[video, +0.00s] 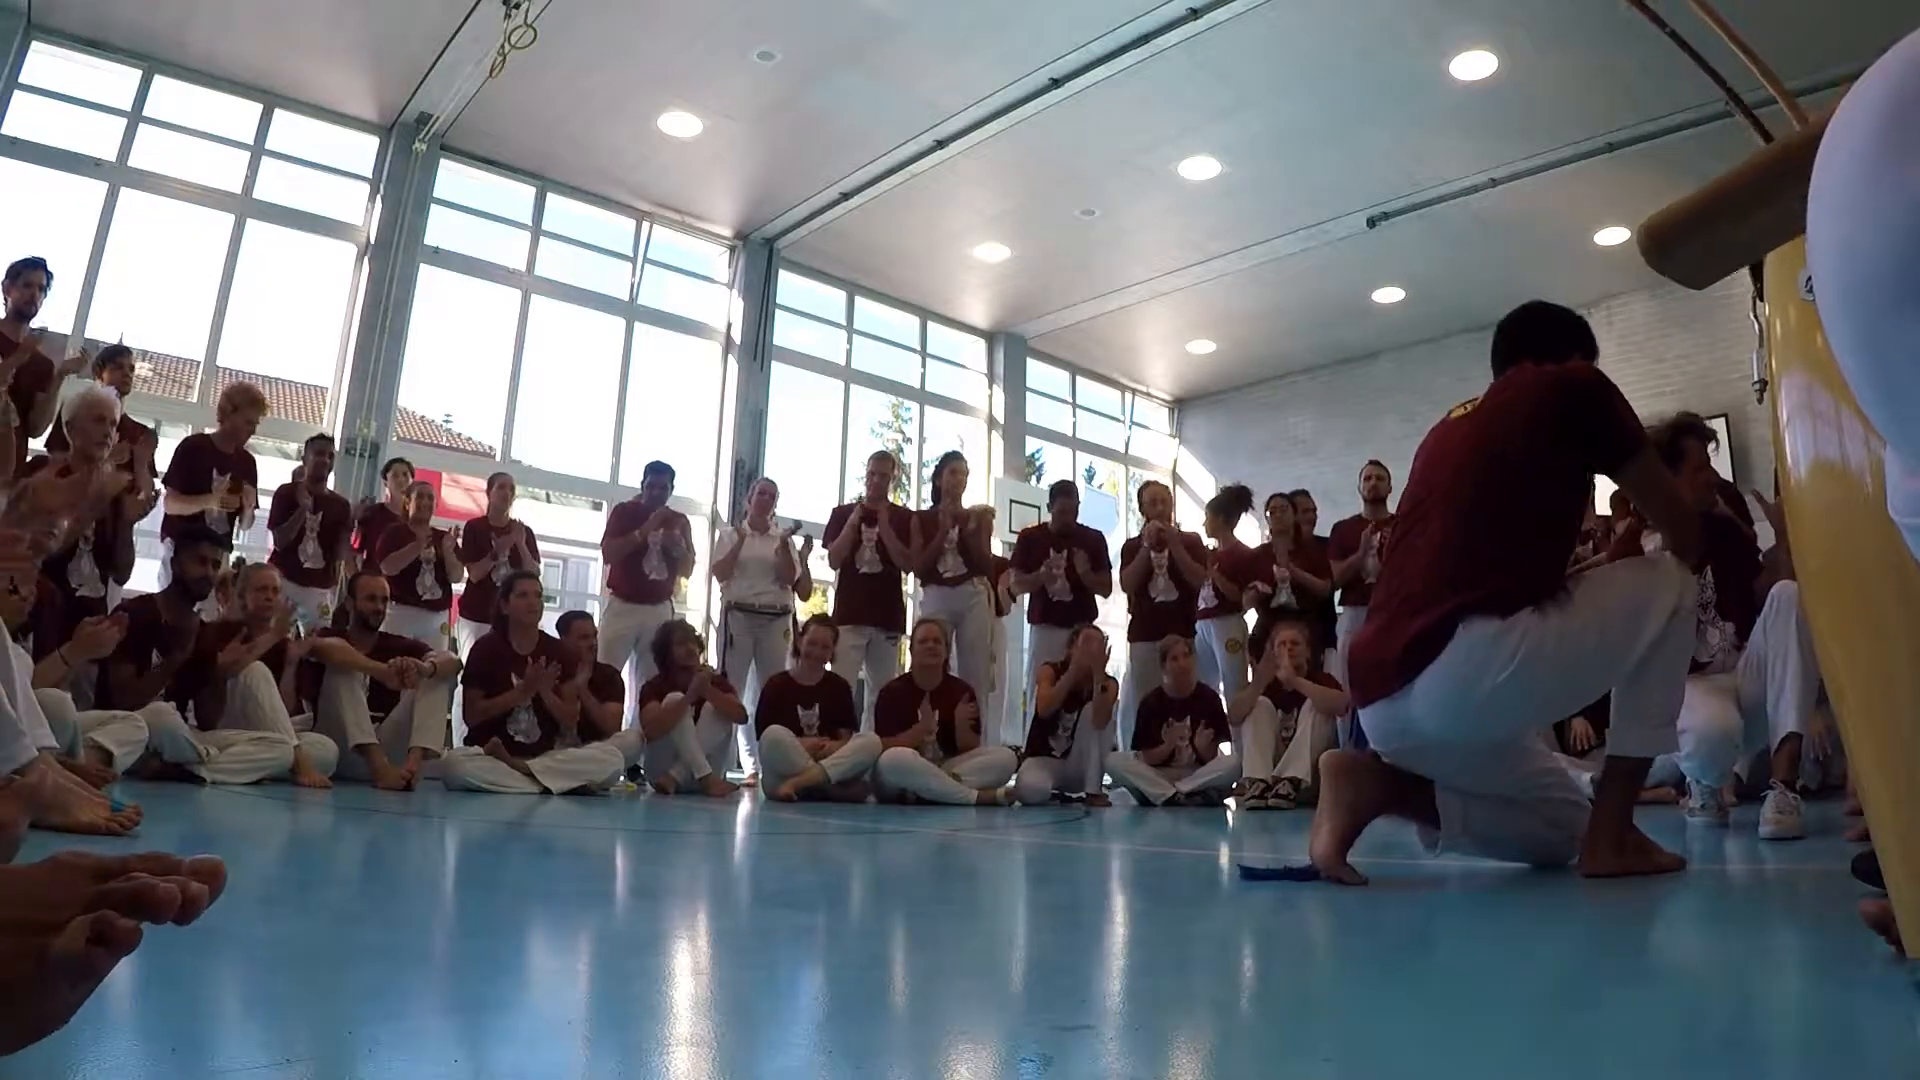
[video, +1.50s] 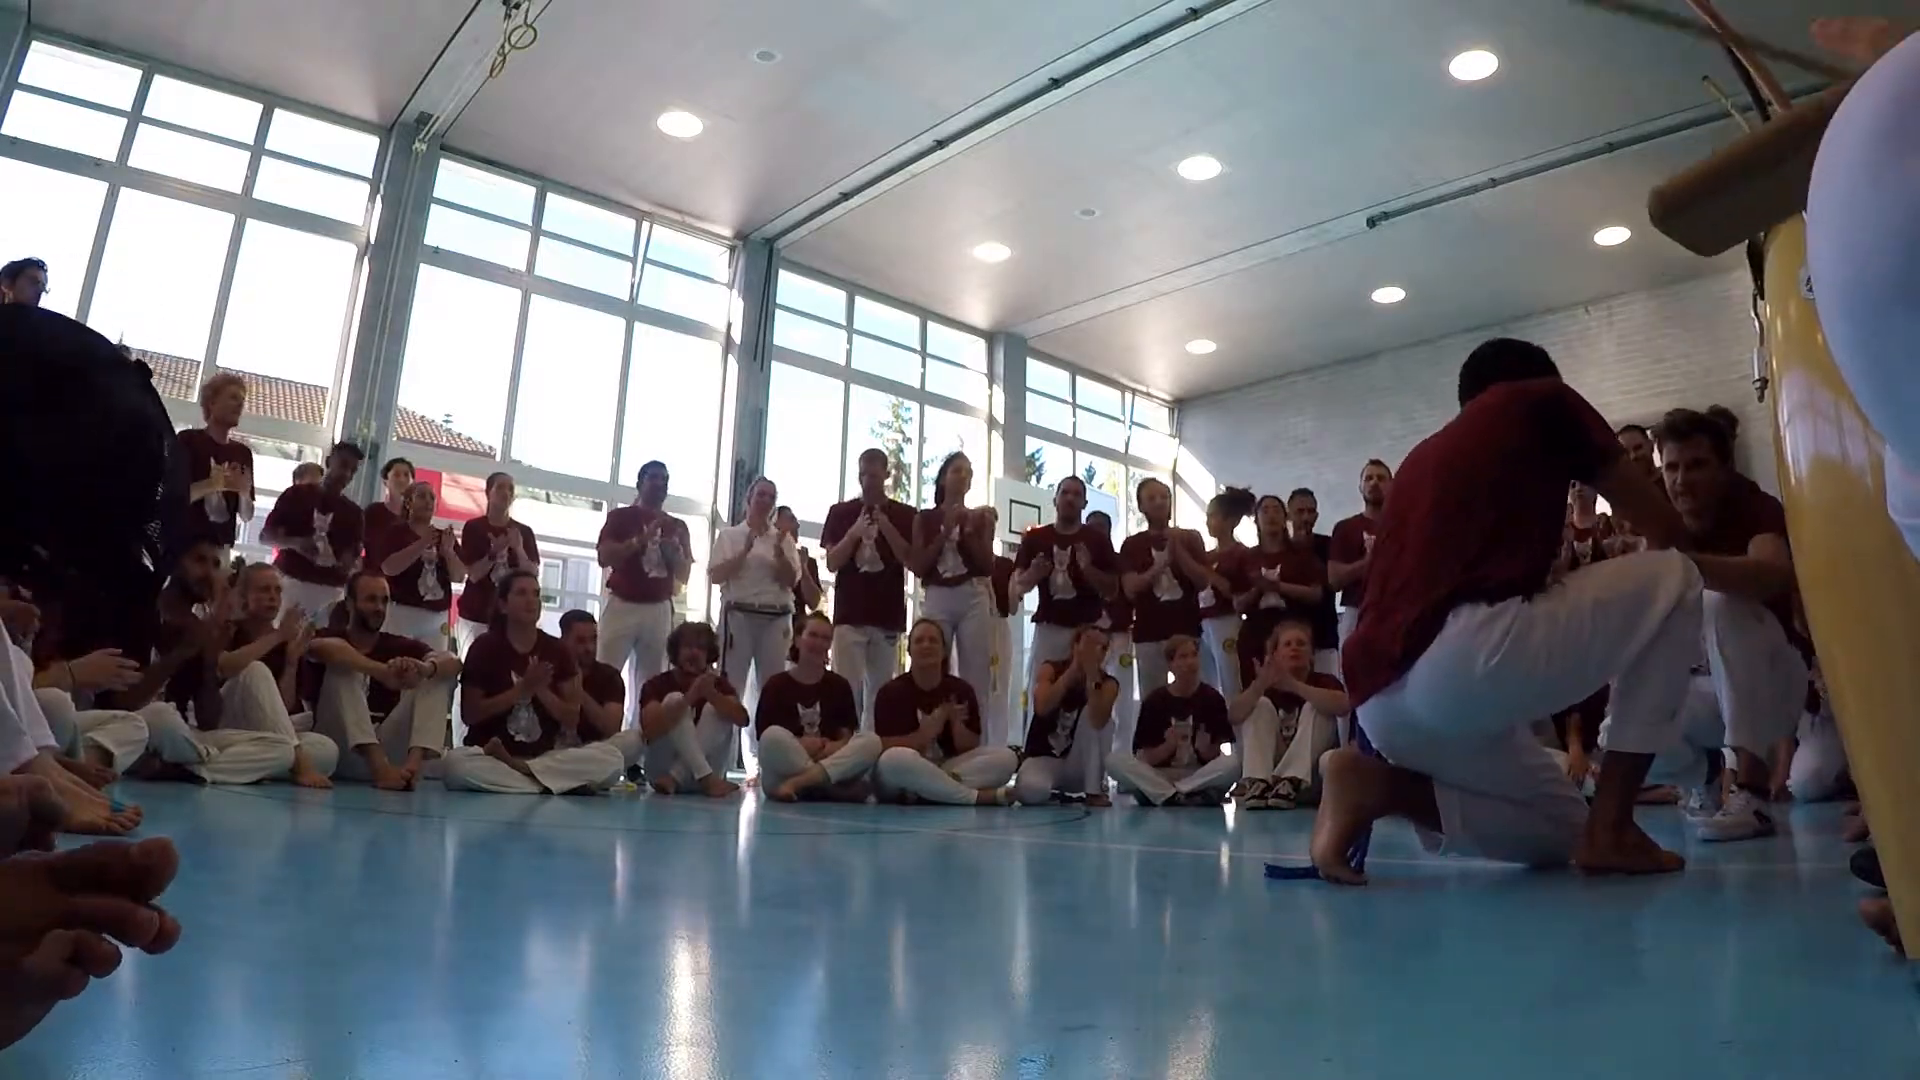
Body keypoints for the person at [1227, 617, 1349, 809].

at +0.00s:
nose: (1288, 650)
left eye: (1295, 644)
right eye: (1281, 644)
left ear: (1308, 651)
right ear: (1271, 651)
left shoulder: (1321, 680)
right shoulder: (1263, 685)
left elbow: (1341, 706)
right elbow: (1234, 717)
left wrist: (1294, 681)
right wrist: (1261, 678)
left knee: (1316, 704)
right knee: (1259, 705)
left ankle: (1289, 781)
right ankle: (1256, 781)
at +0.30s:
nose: (1289, 649)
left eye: (1295, 644)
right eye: (1281, 645)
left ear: (1308, 652)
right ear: (1270, 653)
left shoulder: (1321, 680)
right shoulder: (1258, 687)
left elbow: (1341, 706)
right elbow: (1233, 716)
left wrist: (1292, 682)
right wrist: (1264, 681)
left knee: (1316, 705)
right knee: (1259, 705)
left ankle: (1289, 781)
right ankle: (1256, 781)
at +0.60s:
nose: (1290, 650)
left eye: (1297, 644)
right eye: (1283, 645)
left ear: (1309, 652)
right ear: (1271, 653)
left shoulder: (1322, 681)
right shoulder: (1259, 686)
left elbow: (1341, 705)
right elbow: (1233, 716)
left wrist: (1293, 684)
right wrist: (1262, 681)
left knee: (1316, 706)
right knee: (1259, 704)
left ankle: (1289, 781)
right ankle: (1256, 780)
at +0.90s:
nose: (1291, 649)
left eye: (1298, 644)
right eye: (1284, 645)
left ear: (1309, 651)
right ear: (1272, 653)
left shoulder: (1323, 681)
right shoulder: (1262, 687)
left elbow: (1343, 706)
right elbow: (1234, 717)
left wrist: (1295, 684)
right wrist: (1260, 683)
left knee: (1317, 706)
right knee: (1260, 705)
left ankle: (1289, 781)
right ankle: (1256, 780)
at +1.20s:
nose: (1294, 648)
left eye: (1301, 644)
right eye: (1287, 645)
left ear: (1311, 655)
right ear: (1272, 655)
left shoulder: (1323, 681)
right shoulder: (1261, 687)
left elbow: (1342, 707)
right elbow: (1234, 717)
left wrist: (1295, 684)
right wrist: (1263, 680)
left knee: (1315, 706)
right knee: (1260, 705)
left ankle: (1289, 781)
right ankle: (1256, 780)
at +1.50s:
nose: (1294, 649)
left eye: (1301, 644)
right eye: (1287, 644)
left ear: (1311, 655)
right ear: (1273, 655)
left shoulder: (1324, 681)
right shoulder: (1260, 685)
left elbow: (1343, 706)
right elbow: (1234, 717)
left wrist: (1292, 684)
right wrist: (1261, 683)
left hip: (1313, 770)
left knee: (1316, 707)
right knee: (1260, 705)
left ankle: (1290, 781)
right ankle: (1256, 780)